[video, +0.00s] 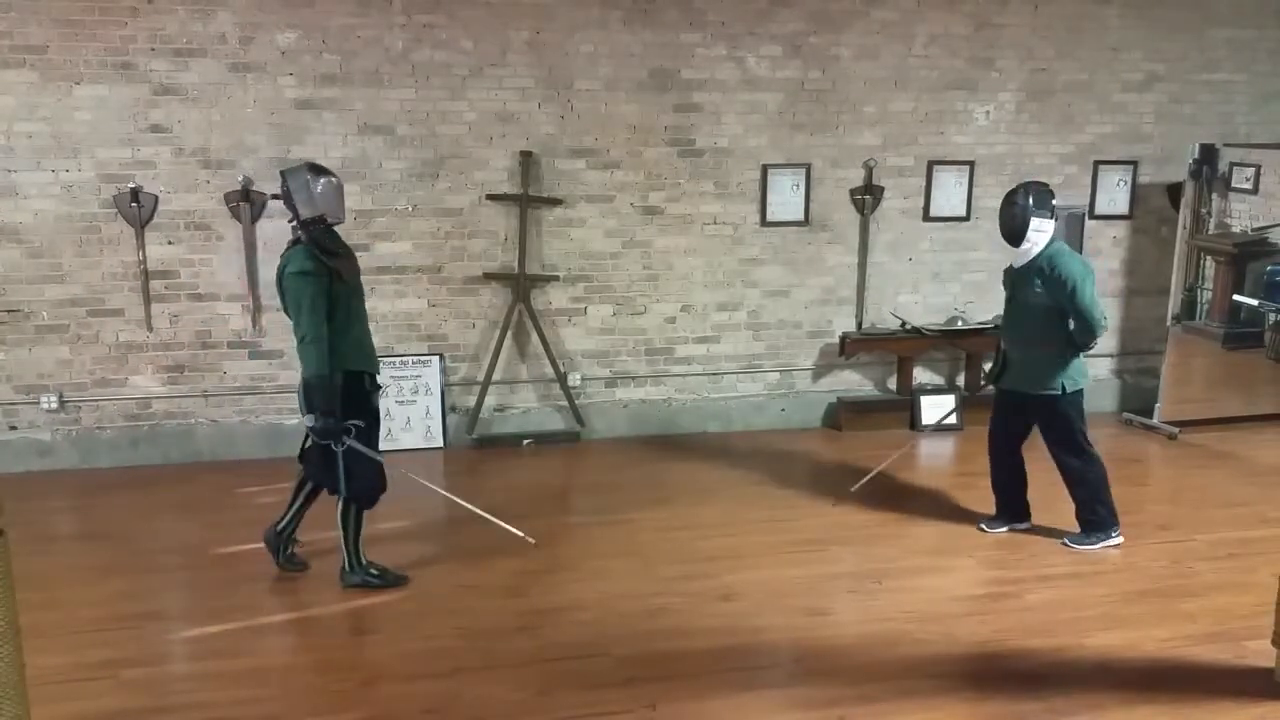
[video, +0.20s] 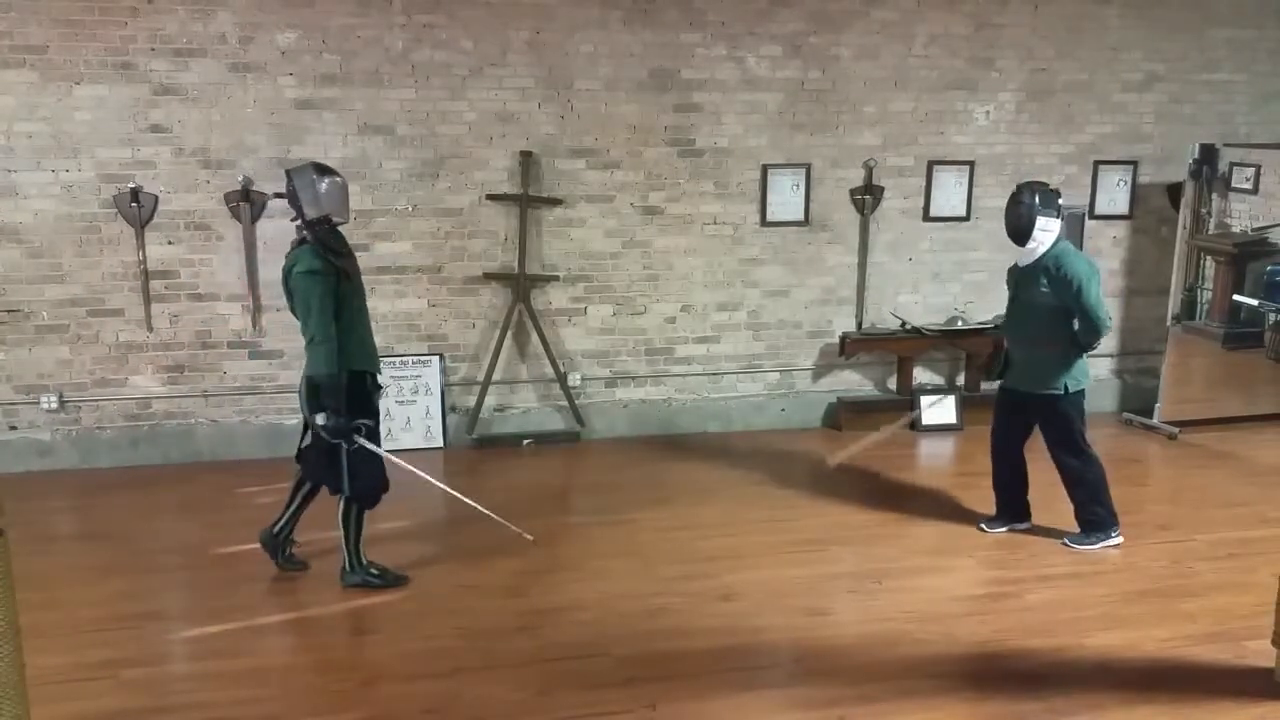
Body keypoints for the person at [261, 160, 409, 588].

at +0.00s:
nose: (336, 203)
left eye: (334, 194)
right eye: (327, 196)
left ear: (300, 202)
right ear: (311, 202)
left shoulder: (331, 249)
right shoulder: (304, 261)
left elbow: (347, 323)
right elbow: (311, 337)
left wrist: (366, 376)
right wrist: (321, 405)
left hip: (353, 378)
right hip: (335, 382)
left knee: (322, 461)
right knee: (357, 473)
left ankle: (282, 532)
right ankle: (355, 565)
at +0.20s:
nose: (340, 201)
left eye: (338, 194)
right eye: (332, 195)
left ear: (307, 201)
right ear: (314, 201)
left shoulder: (332, 247)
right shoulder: (309, 260)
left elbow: (347, 323)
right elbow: (319, 333)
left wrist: (367, 376)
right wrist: (327, 399)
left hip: (350, 377)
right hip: (339, 381)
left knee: (319, 462)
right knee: (360, 475)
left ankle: (279, 533)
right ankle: (355, 564)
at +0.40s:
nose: (347, 202)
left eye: (343, 194)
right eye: (340, 195)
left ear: (308, 203)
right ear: (325, 201)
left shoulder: (320, 252)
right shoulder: (323, 260)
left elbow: (334, 330)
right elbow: (340, 333)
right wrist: (360, 396)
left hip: (324, 379)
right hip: (339, 383)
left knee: (314, 463)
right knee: (362, 476)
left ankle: (273, 537)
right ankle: (355, 565)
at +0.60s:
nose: (355, 206)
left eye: (352, 198)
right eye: (349, 200)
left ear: (314, 207)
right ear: (338, 205)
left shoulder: (315, 253)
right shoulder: (331, 262)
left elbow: (328, 322)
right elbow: (376, 318)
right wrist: (429, 364)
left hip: (315, 376)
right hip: (340, 379)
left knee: (302, 461)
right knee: (359, 472)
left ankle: (266, 541)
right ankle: (355, 566)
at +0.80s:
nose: (356, 205)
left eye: (351, 198)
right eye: (351, 199)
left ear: (312, 208)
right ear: (343, 205)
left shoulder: (312, 255)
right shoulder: (337, 257)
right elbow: (392, 275)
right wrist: (462, 280)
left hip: (311, 378)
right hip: (338, 380)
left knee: (292, 463)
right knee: (361, 475)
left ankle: (245, 540)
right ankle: (354, 566)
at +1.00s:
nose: (353, 210)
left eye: (350, 202)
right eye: (348, 202)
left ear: (309, 210)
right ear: (337, 204)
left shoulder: (306, 253)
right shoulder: (330, 248)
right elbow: (381, 235)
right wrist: (445, 210)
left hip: (307, 376)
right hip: (335, 376)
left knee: (279, 461)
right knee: (363, 473)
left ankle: (236, 541)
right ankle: (355, 565)